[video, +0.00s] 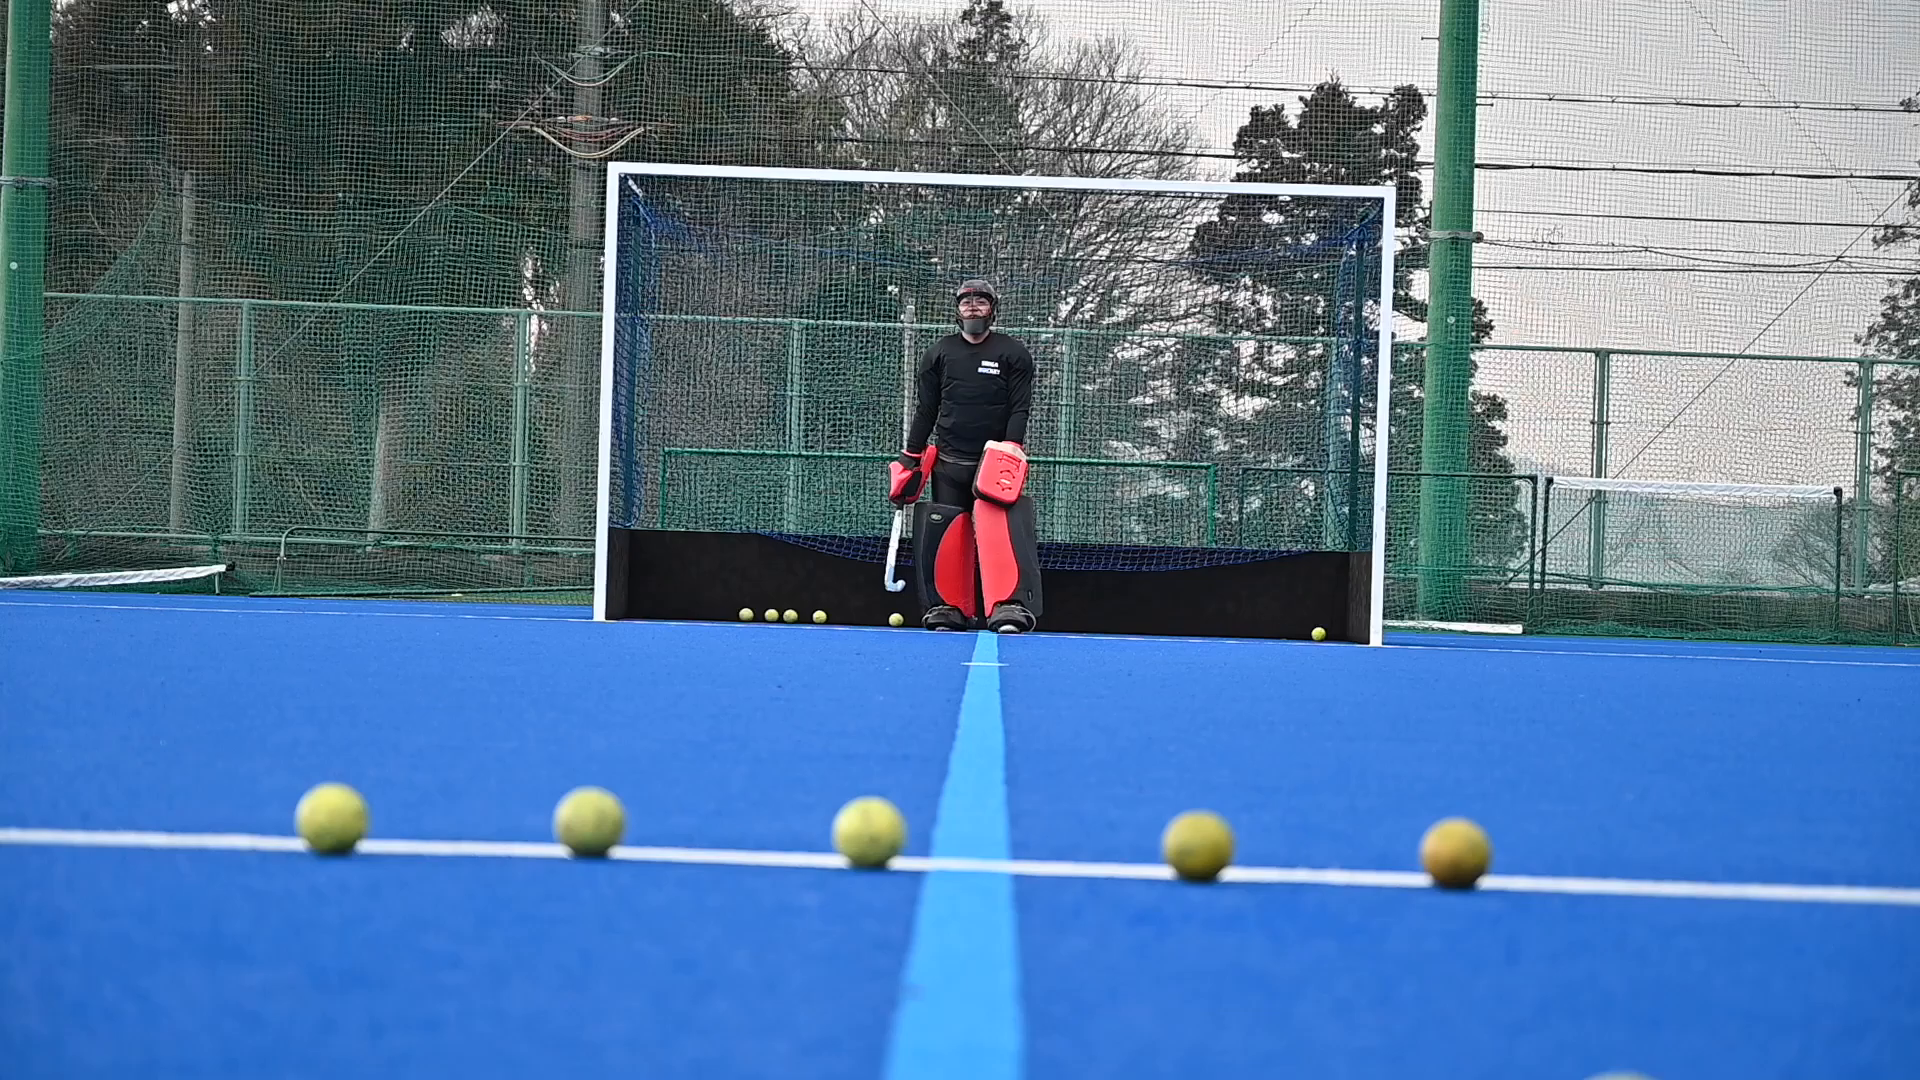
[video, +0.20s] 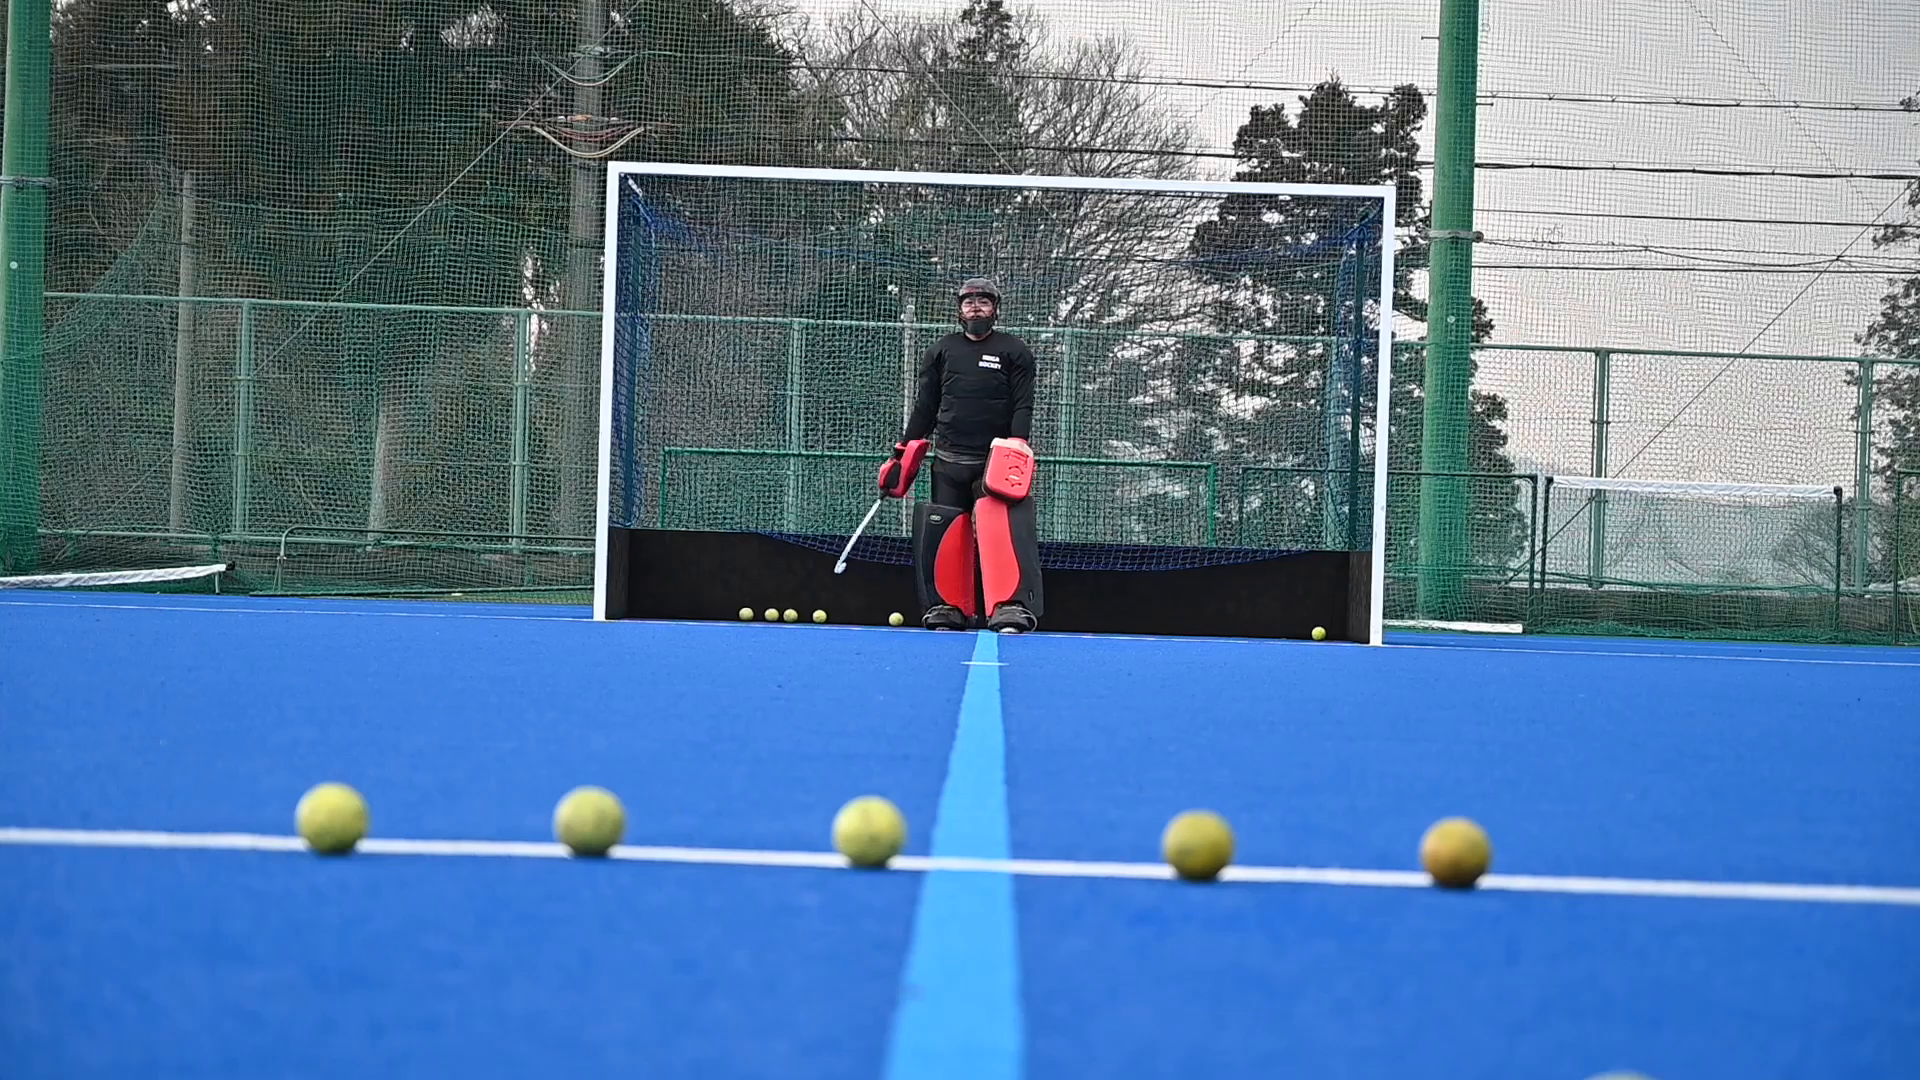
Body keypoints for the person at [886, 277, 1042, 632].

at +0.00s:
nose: (973, 306)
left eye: (980, 300)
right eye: (966, 301)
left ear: (992, 308)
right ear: (957, 308)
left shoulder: (1013, 353)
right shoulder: (939, 352)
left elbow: (1019, 409)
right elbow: (925, 410)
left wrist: (1008, 456)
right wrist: (910, 459)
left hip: (994, 466)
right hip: (949, 463)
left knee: (998, 535)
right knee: (947, 535)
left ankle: (1004, 608)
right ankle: (949, 609)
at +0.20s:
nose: (975, 307)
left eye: (982, 301)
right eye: (968, 301)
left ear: (995, 307)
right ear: (959, 309)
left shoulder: (1015, 351)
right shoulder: (942, 350)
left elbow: (1022, 406)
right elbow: (925, 406)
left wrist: (1015, 452)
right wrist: (903, 452)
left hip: (996, 462)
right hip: (949, 460)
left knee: (1004, 533)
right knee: (945, 535)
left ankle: (1009, 608)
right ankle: (947, 608)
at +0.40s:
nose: (978, 304)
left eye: (986, 298)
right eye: (972, 299)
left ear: (998, 305)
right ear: (962, 306)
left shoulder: (1017, 349)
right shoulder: (943, 347)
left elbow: (1025, 407)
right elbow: (927, 405)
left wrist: (1026, 455)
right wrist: (907, 453)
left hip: (995, 460)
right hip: (948, 458)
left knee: (1001, 532)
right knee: (945, 534)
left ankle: (1008, 607)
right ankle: (949, 607)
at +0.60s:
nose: (980, 304)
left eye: (987, 298)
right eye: (973, 298)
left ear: (998, 305)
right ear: (963, 305)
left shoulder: (1017, 350)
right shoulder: (943, 348)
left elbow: (1026, 409)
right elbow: (930, 406)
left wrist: (1032, 460)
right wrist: (911, 455)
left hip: (997, 463)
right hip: (951, 461)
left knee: (1002, 531)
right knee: (943, 532)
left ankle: (1007, 606)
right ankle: (948, 606)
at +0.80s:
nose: (982, 304)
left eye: (989, 298)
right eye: (975, 298)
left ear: (1000, 305)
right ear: (964, 305)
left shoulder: (1020, 350)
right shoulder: (944, 349)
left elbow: (1029, 409)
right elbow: (934, 407)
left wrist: (1033, 458)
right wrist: (919, 456)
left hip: (1000, 462)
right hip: (953, 460)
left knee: (1009, 530)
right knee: (941, 531)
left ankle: (1011, 605)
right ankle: (946, 605)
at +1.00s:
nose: (983, 304)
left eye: (991, 298)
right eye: (976, 298)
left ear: (1002, 305)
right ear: (966, 304)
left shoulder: (1022, 349)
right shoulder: (947, 348)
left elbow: (1032, 406)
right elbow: (933, 404)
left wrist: (1035, 453)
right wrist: (921, 449)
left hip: (1003, 460)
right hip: (956, 458)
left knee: (1010, 529)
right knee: (942, 528)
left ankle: (1011, 605)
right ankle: (946, 604)